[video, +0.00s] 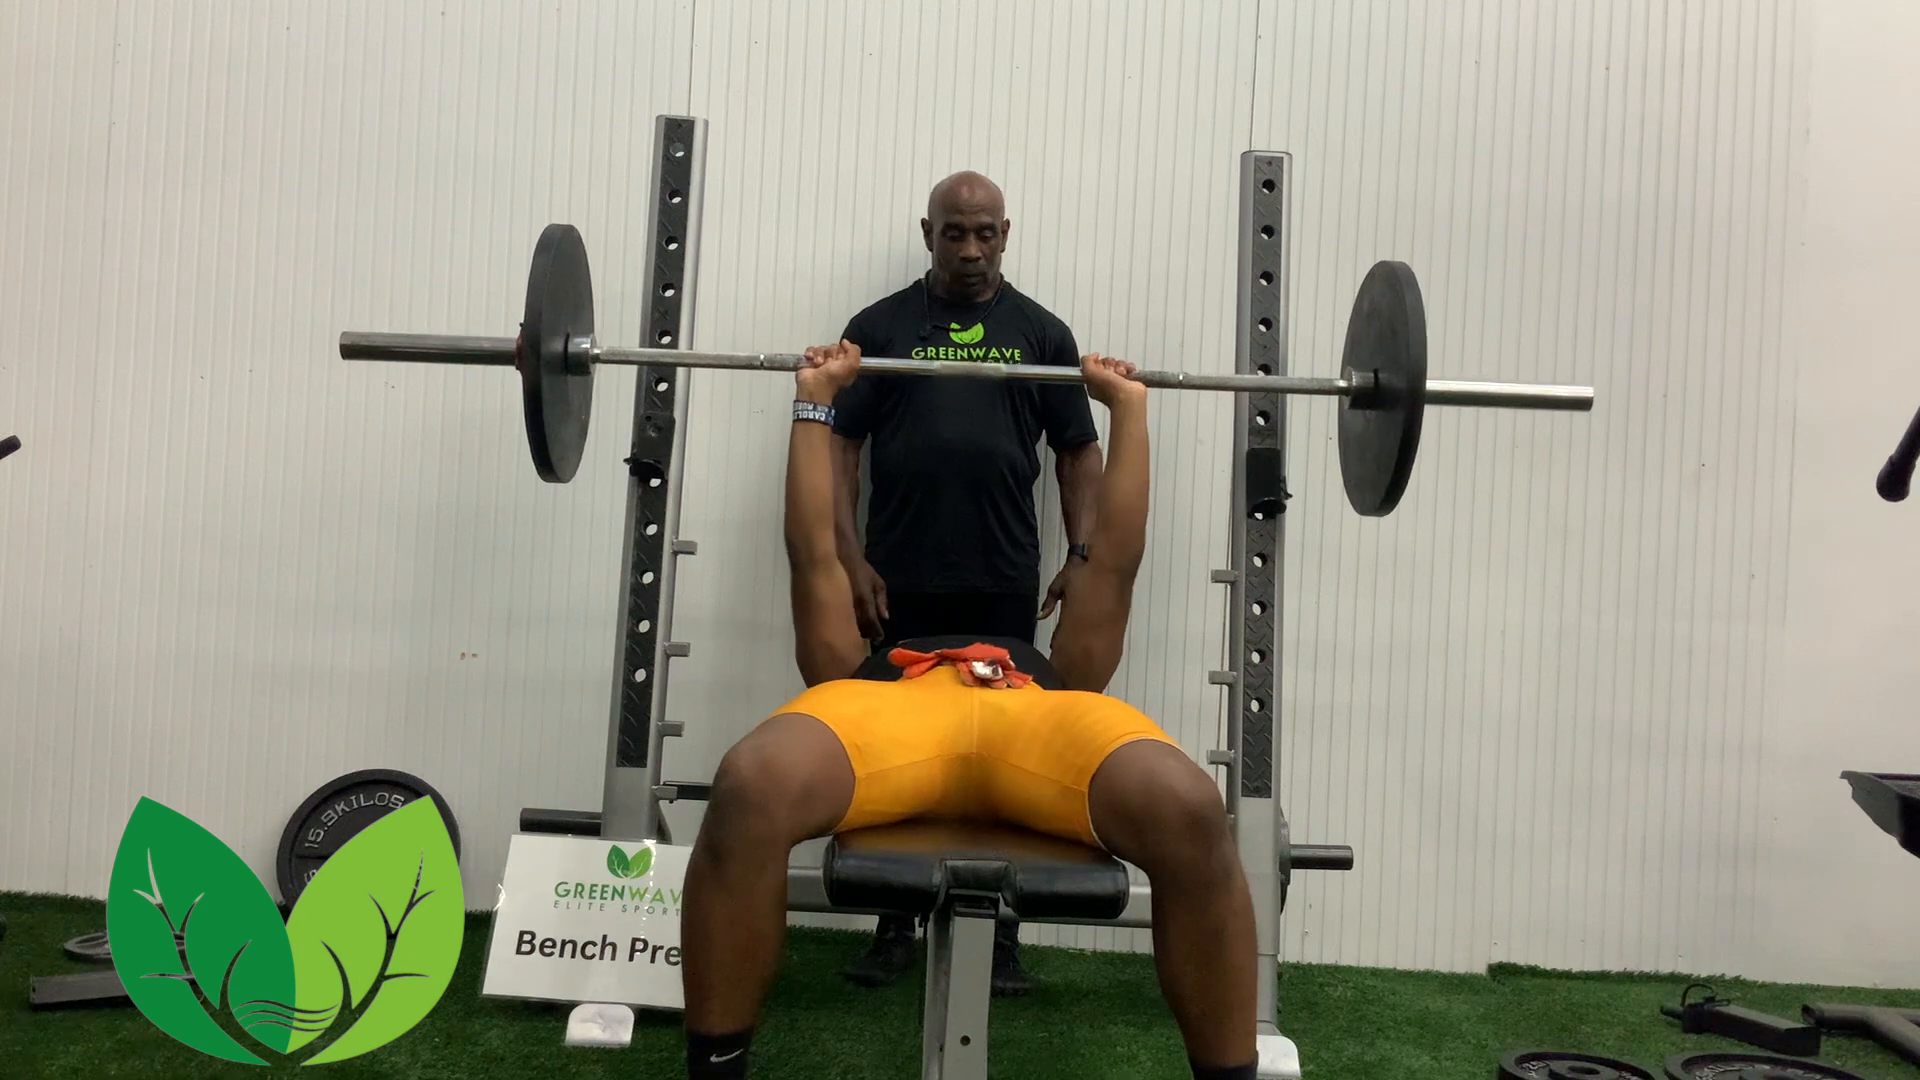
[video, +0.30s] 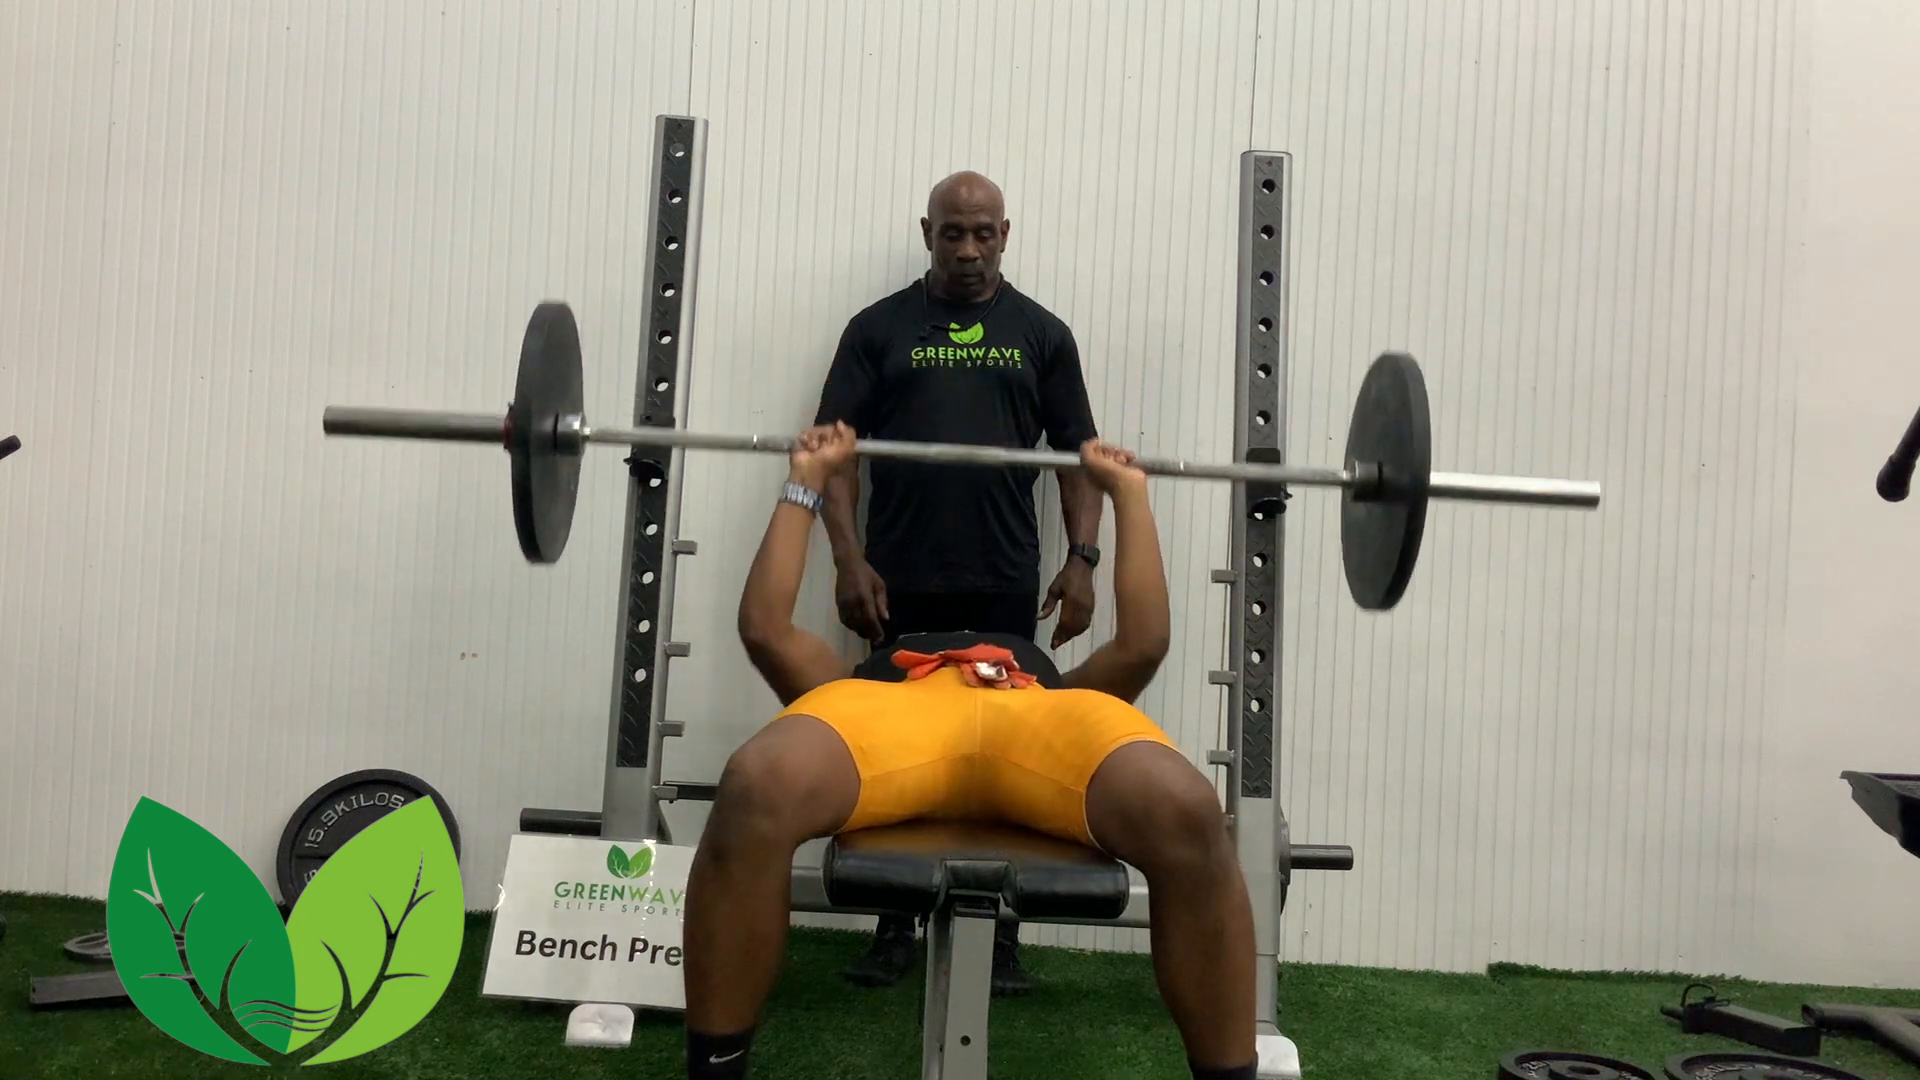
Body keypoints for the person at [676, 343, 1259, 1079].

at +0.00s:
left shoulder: (1062, 683)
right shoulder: (855, 676)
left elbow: (1111, 559)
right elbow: (815, 550)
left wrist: (1128, 404)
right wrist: (813, 405)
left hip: (1044, 707)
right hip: (886, 695)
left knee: (1193, 813)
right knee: (748, 788)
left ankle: (1230, 1070)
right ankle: (715, 1065)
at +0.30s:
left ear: (1029, 676)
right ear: (901, 660)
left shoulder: (1056, 686)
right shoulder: (861, 680)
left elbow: (1142, 639)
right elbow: (766, 626)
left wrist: (1131, 493)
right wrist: (803, 487)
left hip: (1044, 711)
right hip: (883, 706)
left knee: (1190, 815)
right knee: (755, 785)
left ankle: (1232, 1071)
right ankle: (715, 1065)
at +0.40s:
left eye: (992, 651)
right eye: (931, 651)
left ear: (1011, 659)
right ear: (907, 657)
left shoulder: (1050, 686)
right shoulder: (868, 682)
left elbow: (1143, 686)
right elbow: (759, 672)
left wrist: (1129, 539)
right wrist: (803, 535)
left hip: (1043, 707)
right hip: (890, 699)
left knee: (1190, 816)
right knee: (751, 794)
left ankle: (1231, 1070)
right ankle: (714, 1067)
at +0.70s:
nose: (966, 660)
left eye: (991, 659)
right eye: (940, 658)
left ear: (1010, 670)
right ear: (913, 668)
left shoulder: (1045, 696)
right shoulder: (877, 691)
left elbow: (1140, 786)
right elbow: (774, 781)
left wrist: (1131, 670)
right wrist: (799, 664)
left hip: (1041, 710)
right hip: (892, 700)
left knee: (1190, 817)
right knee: (753, 795)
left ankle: (1228, 1068)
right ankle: (715, 1063)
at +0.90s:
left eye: (1005, 666)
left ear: (1027, 682)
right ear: (907, 662)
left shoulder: (1045, 685)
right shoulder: (884, 688)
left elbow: (1151, 738)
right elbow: (761, 743)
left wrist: (1132, 598)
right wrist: (793, 589)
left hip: (1040, 712)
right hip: (890, 703)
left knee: (1189, 817)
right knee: (759, 788)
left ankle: (1228, 1071)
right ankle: (716, 1063)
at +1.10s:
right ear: (893, 653)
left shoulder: (1060, 687)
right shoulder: (858, 680)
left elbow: (1135, 617)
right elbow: (773, 602)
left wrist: (1131, 462)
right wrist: (794, 456)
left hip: (1039, 709)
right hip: (884, 700)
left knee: (1195, 812)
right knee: (761, 791)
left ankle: (1231, 1073)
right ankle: (717, 1065)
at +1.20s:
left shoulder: (1056, 683)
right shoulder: (857, 679)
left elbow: (1098, 559)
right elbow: (820, 549)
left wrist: (1124, 403)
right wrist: (809, 396)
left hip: (1047, 713)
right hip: (887, 706)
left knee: (1194, 809)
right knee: (762, 789)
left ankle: (1232, 1072)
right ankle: (720, 1068)